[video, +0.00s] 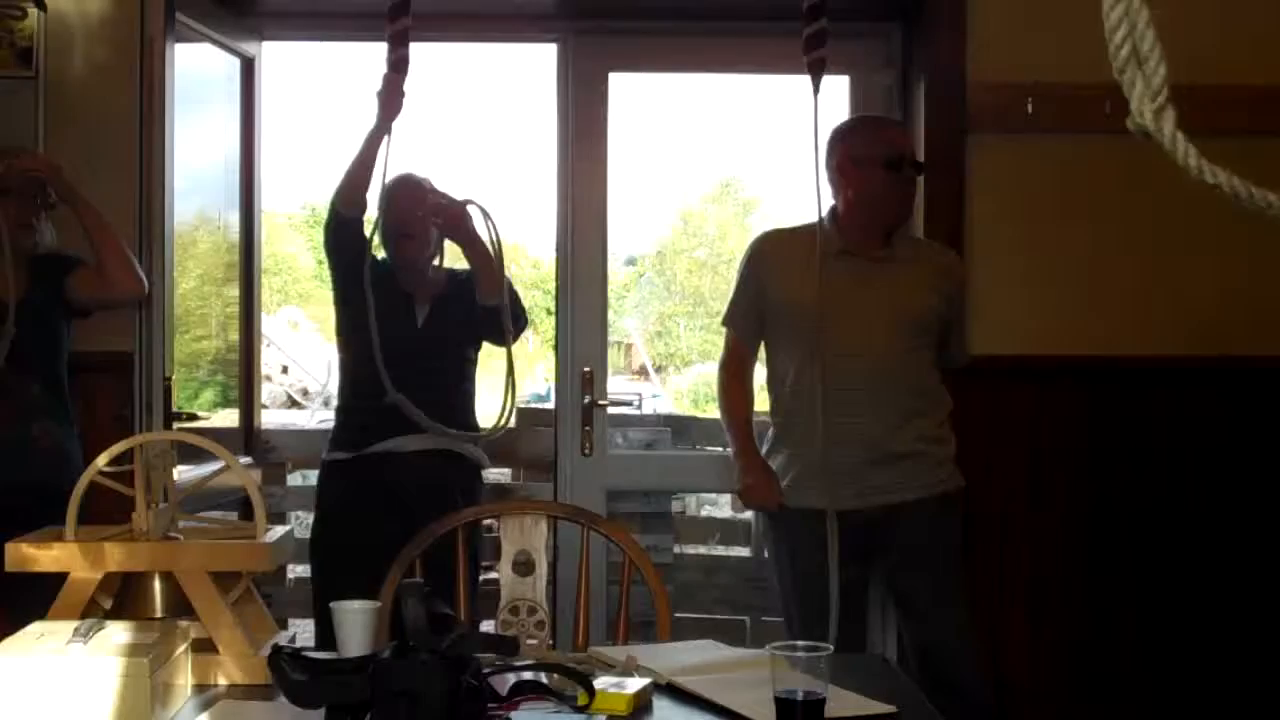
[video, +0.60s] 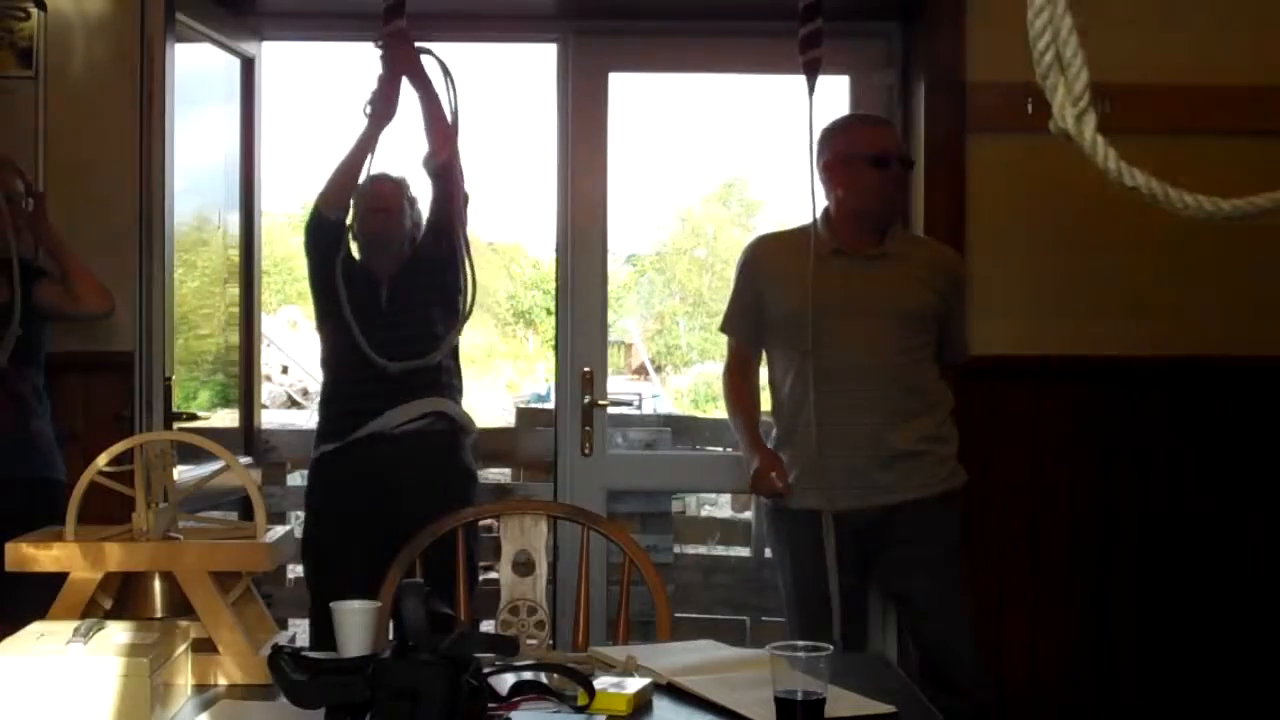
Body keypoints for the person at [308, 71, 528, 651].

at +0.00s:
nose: (401, 230)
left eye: (414, 218)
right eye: (393, 219)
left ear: (438, 225)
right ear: (379, 227)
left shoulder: (469, 291)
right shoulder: (361, 284)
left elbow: (510, 326)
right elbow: (342, 217)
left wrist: (467, 235)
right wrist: (381, 125)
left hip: (445, 477)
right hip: (361, 477)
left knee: (445, 632)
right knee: (350, 638)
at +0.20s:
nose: (411, 219)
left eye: (422, 210)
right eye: (398, 210)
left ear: (440, 225)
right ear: (379, 228)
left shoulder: (464, 293)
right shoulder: (358, 287)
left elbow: (494, 262)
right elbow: (341, 215)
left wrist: (456, 180)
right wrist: (378, 126)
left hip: (445, 474)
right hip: (359, 475)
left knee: (446, 633)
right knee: (351, 641)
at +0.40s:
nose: (400, 207)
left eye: (411, 201)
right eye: (386, 202)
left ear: (429, 226)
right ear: (368, 225)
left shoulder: (450, 285)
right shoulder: (349, 287)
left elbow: (461, 193)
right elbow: (338, 216)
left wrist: (426, 105)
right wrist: (381, 123)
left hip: (438, 468)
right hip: (354, 466)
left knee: (439, 631)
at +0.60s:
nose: (379, 201)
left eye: (392, 197)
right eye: (369, 197)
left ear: (414, 221)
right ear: (352, 221)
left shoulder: (437, 271)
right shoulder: (337, 281)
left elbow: (446, 163)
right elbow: (325, 215)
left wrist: (416, 71)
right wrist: (376, 123)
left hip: (432, 459)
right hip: (348, 461)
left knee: (436, 623)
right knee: (342, 630)